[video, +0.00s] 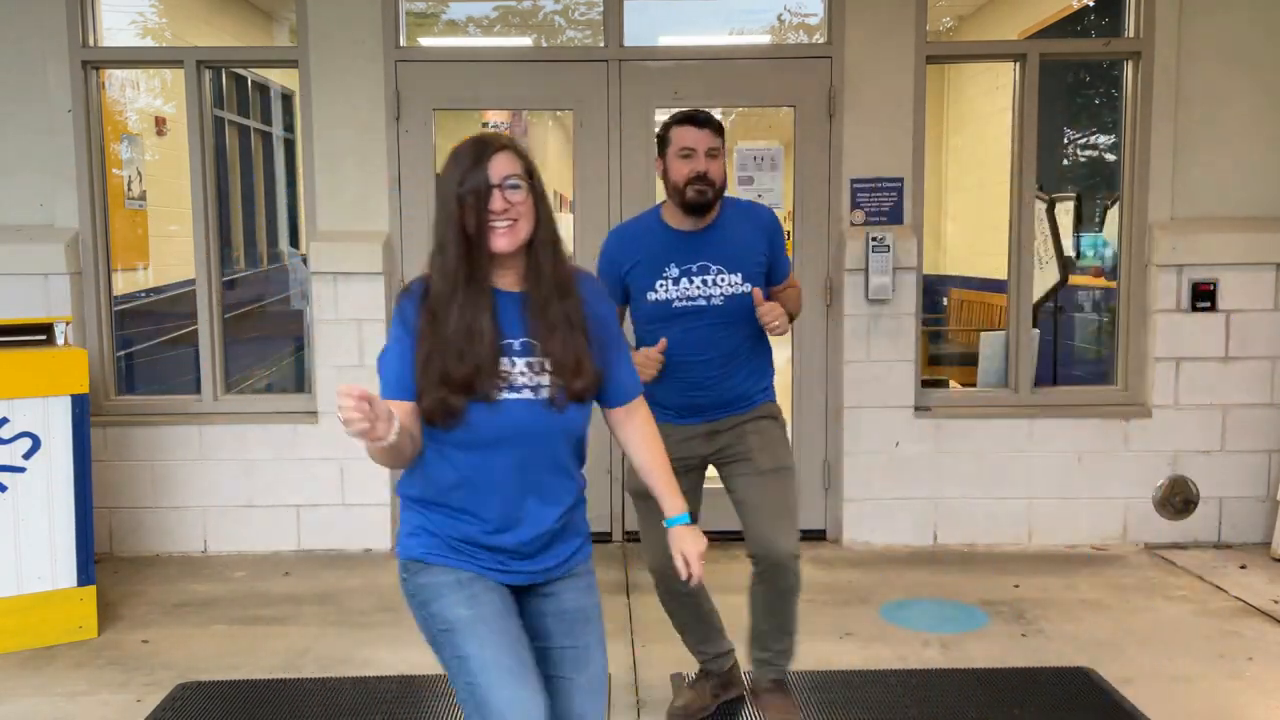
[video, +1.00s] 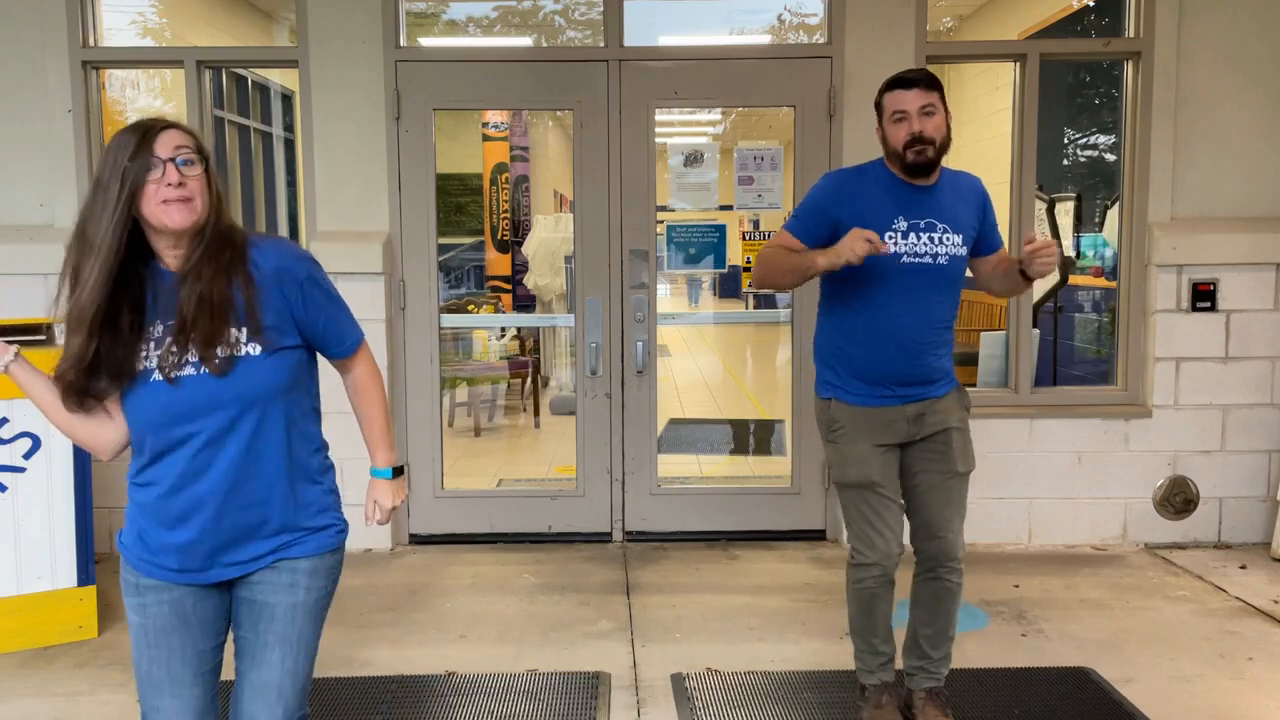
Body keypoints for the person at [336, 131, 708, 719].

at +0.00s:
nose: (500, 202)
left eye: (514, 185)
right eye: (481, 190)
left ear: (537, 197)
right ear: (457, 206)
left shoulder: (582, 297)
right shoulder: (426, 303)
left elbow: (628, 411)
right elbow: (401, 451)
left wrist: (678, 516)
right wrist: (381, 433)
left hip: (557, 546)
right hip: (451, 551)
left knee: (584, 709)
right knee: (517, 710)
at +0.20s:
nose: (364, 172)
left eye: (377, 153)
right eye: (349, 164)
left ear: (416, 160)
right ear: (340, 188)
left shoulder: (497, 263)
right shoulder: (341, 282)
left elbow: (548, 373)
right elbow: (325, 412)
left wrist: (579, 483)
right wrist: (278, 412)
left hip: (486, 531)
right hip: (361, 533)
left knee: (509, 709)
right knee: (306, 708)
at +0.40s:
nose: (285, 180)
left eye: (302, 167)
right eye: (268, 175)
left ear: (334, 189)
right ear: (255, 207)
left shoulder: (398, 295)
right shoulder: (236, 303)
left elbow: (455, 408)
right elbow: (216, 432)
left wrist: (481, 518)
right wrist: (152, 445)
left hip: (394, 558)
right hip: (259, 566)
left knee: (461, 710)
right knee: (218, 712)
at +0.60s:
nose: (218, 176)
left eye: (235, 165)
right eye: (199, 169)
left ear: (262, 191)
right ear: (179, 202)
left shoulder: (322, 293)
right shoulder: (155, 300)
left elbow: (368, 400)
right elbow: (124, 429)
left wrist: (380, 503)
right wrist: (74, 414)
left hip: (321, 533)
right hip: (194, 551)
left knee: (396, 698)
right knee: (180, 713)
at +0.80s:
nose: (186, 151)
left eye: (200, 138)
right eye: (164, 143)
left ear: (224, 163)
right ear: (139, 175)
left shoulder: (289, 257)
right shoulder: (126, 279)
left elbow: (357, 355)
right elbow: (78, 406)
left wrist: (388, 460)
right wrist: (14, 323)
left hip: (300, 509)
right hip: (177, 529)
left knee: (324, 697)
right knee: (191, 709)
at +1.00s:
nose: (173, 174)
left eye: (186, 161)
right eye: (153, 166)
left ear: (209, 179)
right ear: (126, 195)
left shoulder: (278, 267)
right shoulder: (124, 298)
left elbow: (354, 358)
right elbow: (104, 435)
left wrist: (385, 466)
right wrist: (16, 364)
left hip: (288, 543)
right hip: (167, 553)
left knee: (271, 710)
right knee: (174, 712)